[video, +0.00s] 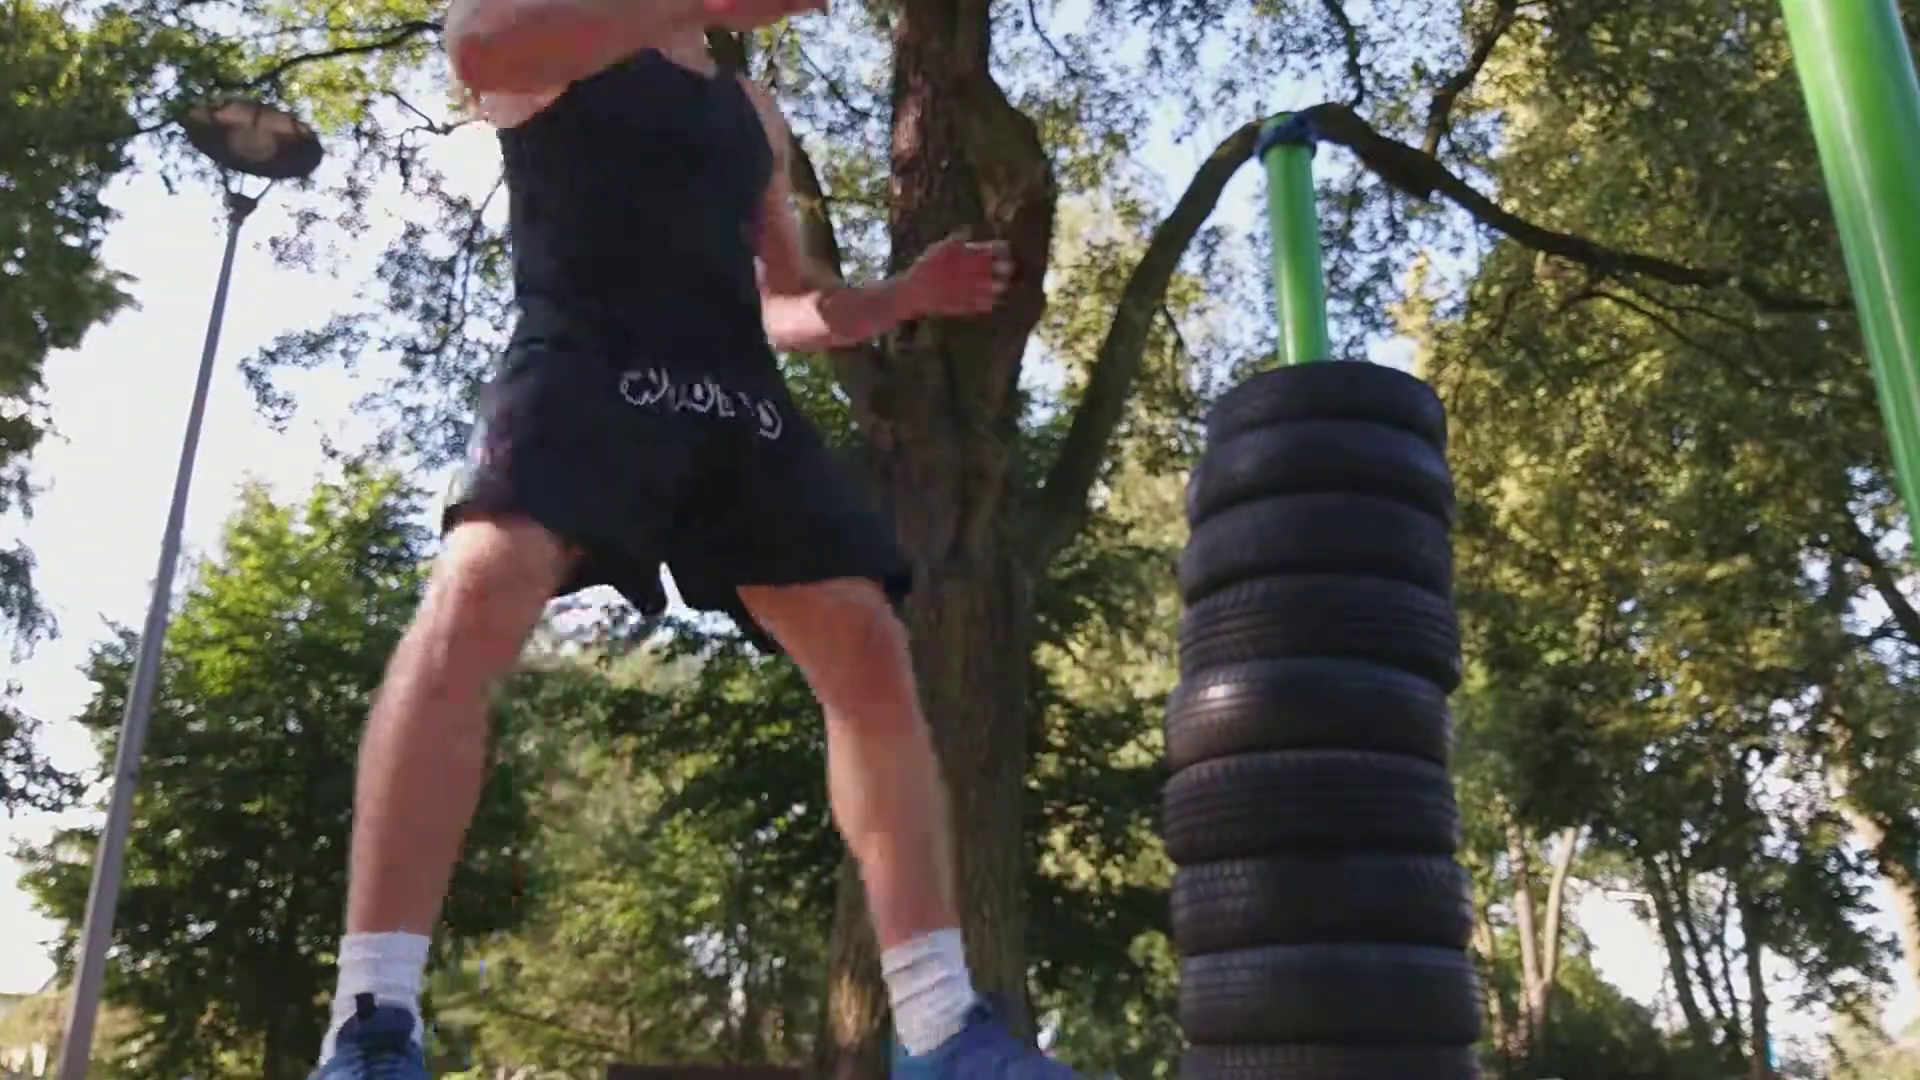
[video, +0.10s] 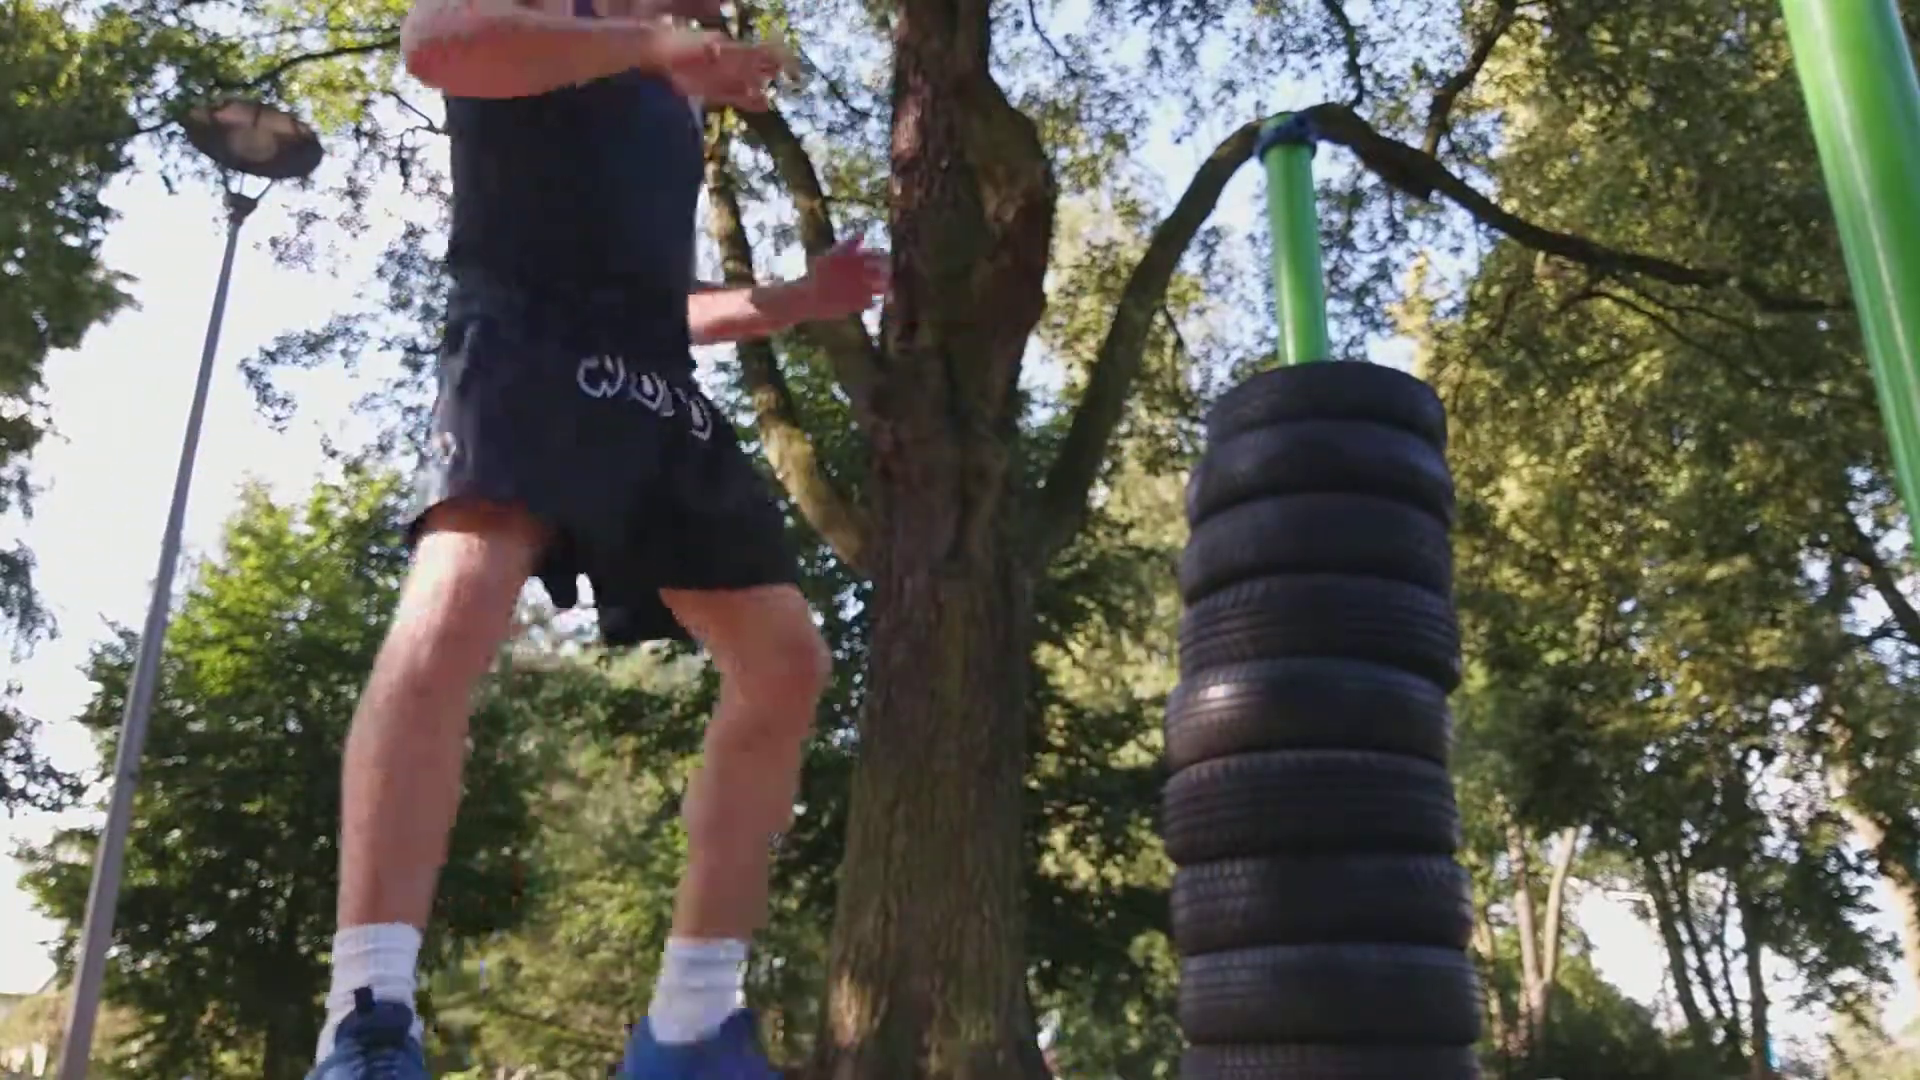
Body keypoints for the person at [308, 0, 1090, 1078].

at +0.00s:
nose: (800, 14)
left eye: (806, 12)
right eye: (797, 3)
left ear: (770, 14)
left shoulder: (750, 106)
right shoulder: (556, 27)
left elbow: (779, 305)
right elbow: (479, 55)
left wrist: (904, 293)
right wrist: (685, 11)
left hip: (739, 404)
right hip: (579, 386)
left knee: (865, 644)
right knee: (474, 594)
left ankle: (940, 1029)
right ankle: (373, 1021)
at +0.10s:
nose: (718, 26)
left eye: (721, 27)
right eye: (711, 16)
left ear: (696, 23)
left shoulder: (676, 94)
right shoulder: (534, 5)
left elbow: (652, 313)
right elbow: (438, 48)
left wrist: (802, 296)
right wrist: (644, 43)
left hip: (657, 384)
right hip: (527, 340)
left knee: (781, 660)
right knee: (460, 597)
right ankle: (369, 1018)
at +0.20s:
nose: (701, 21)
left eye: (704, 19)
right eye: (695, 5)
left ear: (648, 29)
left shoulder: (609, 142)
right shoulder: (495, 7)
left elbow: (587, 357)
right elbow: (356, 66)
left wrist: (720, 319)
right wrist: (570, 113)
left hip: (596, 420)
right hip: (471, 373)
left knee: (670, 725)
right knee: (417, 635)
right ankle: (360, 1021)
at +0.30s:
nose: (653, 75)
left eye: (657, 52)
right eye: (650, 40)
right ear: (592, 17)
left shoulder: (555, 205)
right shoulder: (444, 47)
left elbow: (544, 405)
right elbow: (292, 141)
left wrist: (678, 356)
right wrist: (478, 202)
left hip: (524, 485)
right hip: (416, 429)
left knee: (518, 786)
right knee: (397, 630)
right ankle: (352, 1024)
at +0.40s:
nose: (633, 132)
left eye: (636, 111)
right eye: (627, 104)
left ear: (565, 93)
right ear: (570, 82)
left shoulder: (534, 273)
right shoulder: (419, 111)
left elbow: (542, 441)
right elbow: (242, 199)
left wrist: (652, 374)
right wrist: (405, 244)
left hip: (452, 526)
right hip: (347, 470)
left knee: (416, 810)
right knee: (315, 690)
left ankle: (208, 1059)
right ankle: (308, 1000)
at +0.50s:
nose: (620, 99)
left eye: (622, 83)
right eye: (610, 73)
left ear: (553, 70)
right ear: (549, 58)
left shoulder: (517, 243)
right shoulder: (402, 84)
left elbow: (495, 398)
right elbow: (227, 135)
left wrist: (602, 362)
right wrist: (401, 202)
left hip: (410, 477)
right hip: (311, 422)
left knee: (363, 755)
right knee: (272, 648)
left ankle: (239, 1029)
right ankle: (190, 1008)